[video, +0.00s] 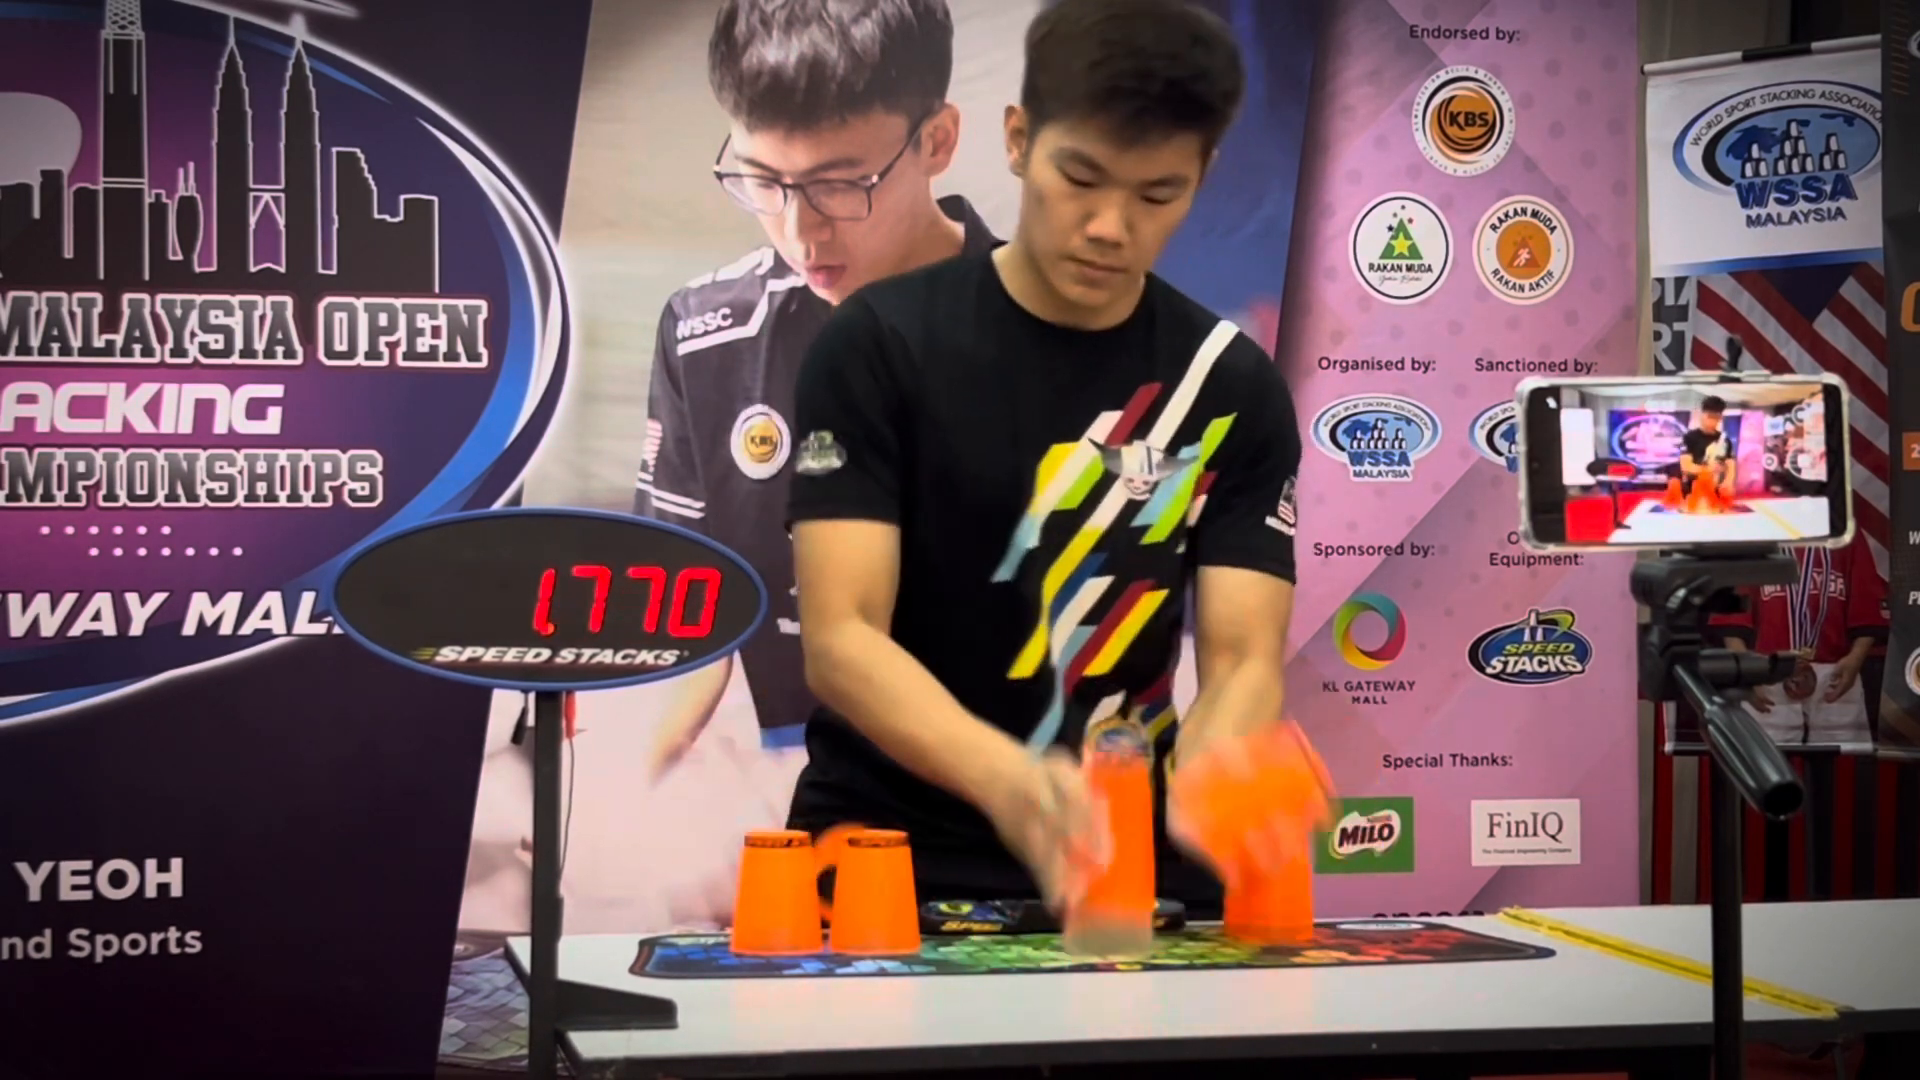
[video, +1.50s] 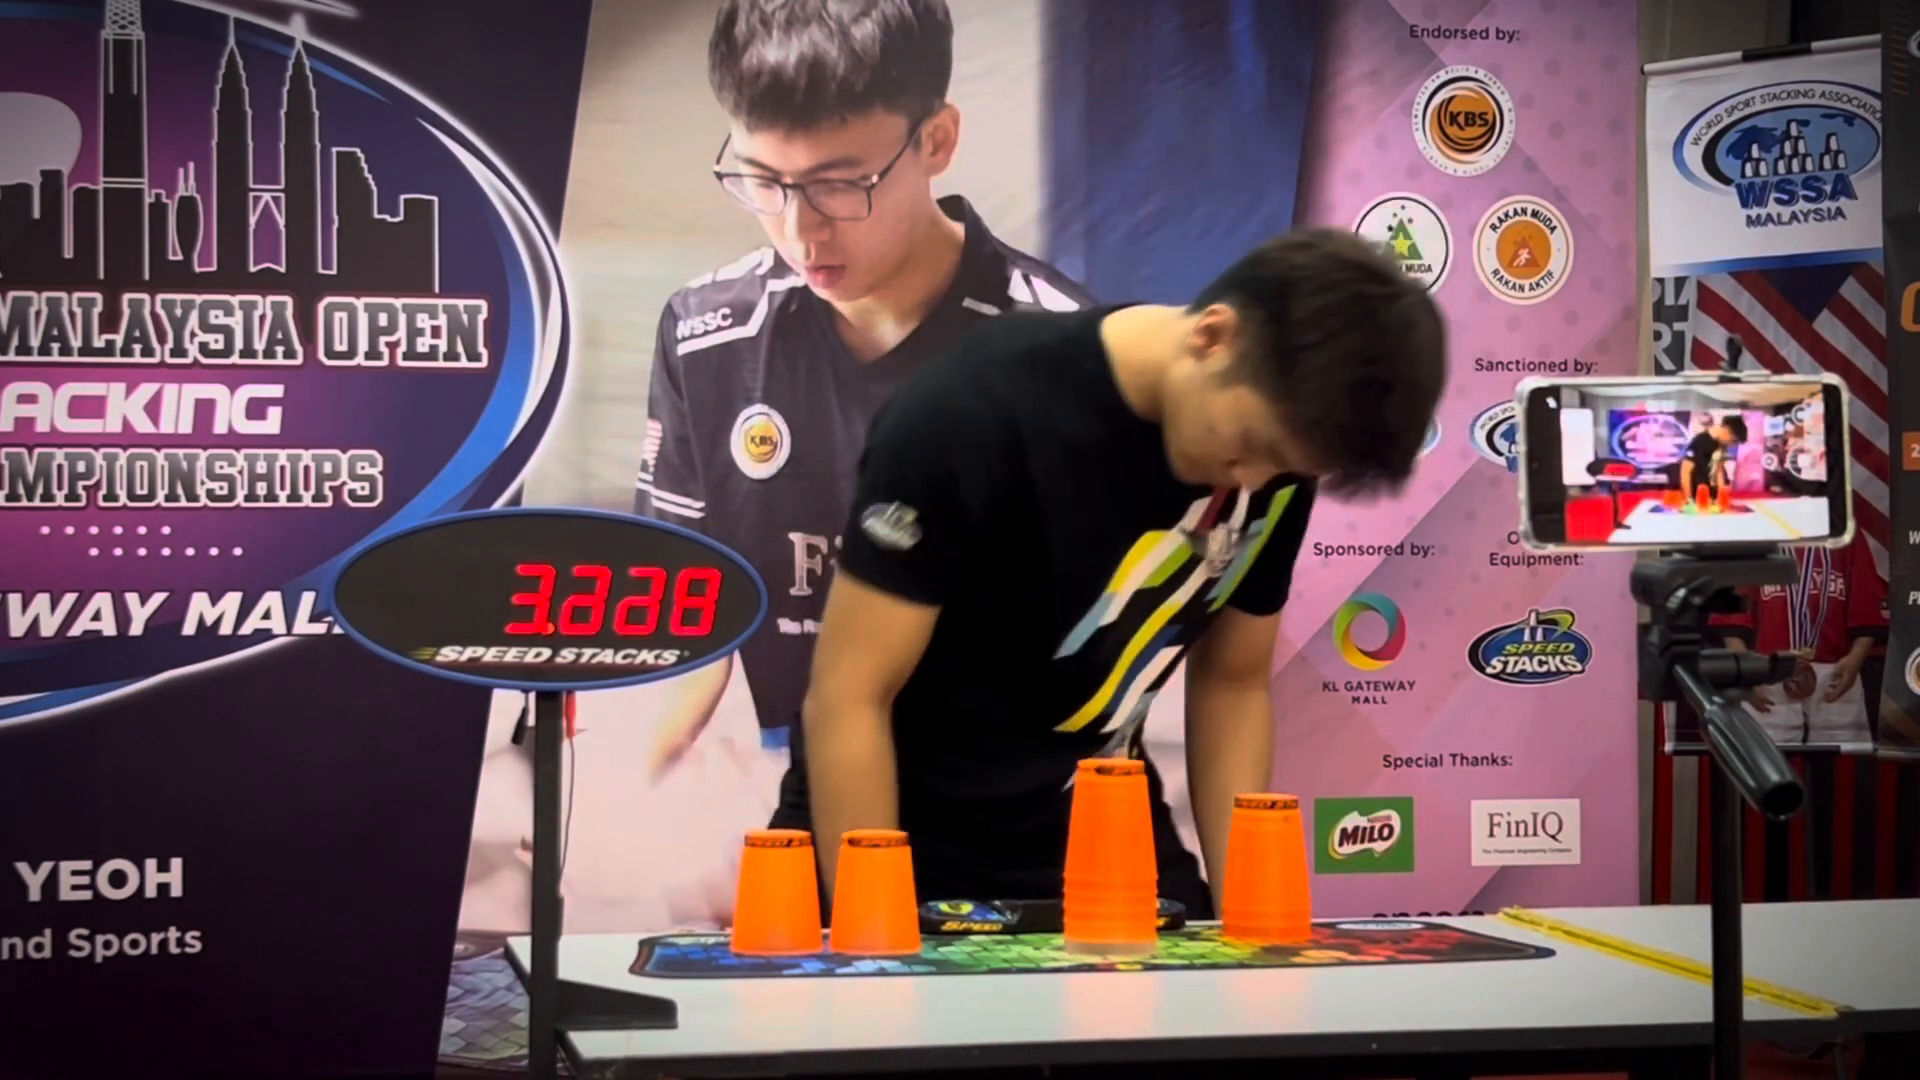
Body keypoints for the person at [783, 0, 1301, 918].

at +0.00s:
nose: (1111, 228)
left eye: (1159, 193)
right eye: (1080, 177)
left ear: (1200, 177)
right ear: (1017, 141)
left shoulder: (1235, 388)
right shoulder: (877, 346)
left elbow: (1242, 659)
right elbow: (839, 638)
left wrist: (1210, 771)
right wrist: (1007, 782)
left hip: (1122, 886)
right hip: (883, 878)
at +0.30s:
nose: (997, 205)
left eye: (1041, 164)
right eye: (960, 157)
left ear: (1097, 140)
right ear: (908, 123)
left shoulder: (1192, 335)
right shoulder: (809, 367)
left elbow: (1260, 590)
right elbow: (774, 647)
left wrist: (1148, 759)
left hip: (1143, 877)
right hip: (896, 876)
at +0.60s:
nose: (986, 359)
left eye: (1017, 312)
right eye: (943, 327)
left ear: (1041, 258)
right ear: (857, 284)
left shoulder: (1141, 376)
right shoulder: (778, 484)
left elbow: (1208, 655)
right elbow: (893, 780)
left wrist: (1211, 926)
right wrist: (1077, 939)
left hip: (1130, 899)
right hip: (913, 920)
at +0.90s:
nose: (1190, 324)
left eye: (1209, 295)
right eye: (1180, 285)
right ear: (1081, 216)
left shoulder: (1171, 364)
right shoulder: (868, 395)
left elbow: (1176, 624)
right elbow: (812, 717)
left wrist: (1170, 890)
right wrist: (909, 943)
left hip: (1081, 897)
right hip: (910, 917)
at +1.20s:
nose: (1299, 392)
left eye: (1325, 372)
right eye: (1317, 358)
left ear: (1259, 270)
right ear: (1260, 269)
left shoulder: (1201, 392)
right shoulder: (987, 373)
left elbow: (1158, 662)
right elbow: (864, 674)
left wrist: (1224, 900)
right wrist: (893, 935)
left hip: (1054, 902)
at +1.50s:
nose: (1250, 485)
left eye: (1288, 474)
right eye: (1251, 443)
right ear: (1207, 338)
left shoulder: (1277, 451)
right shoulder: (966, 410)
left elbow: (1235, 675)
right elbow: (844, 695)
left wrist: (1247, 920)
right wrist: (874, 952)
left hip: (1094, 844)